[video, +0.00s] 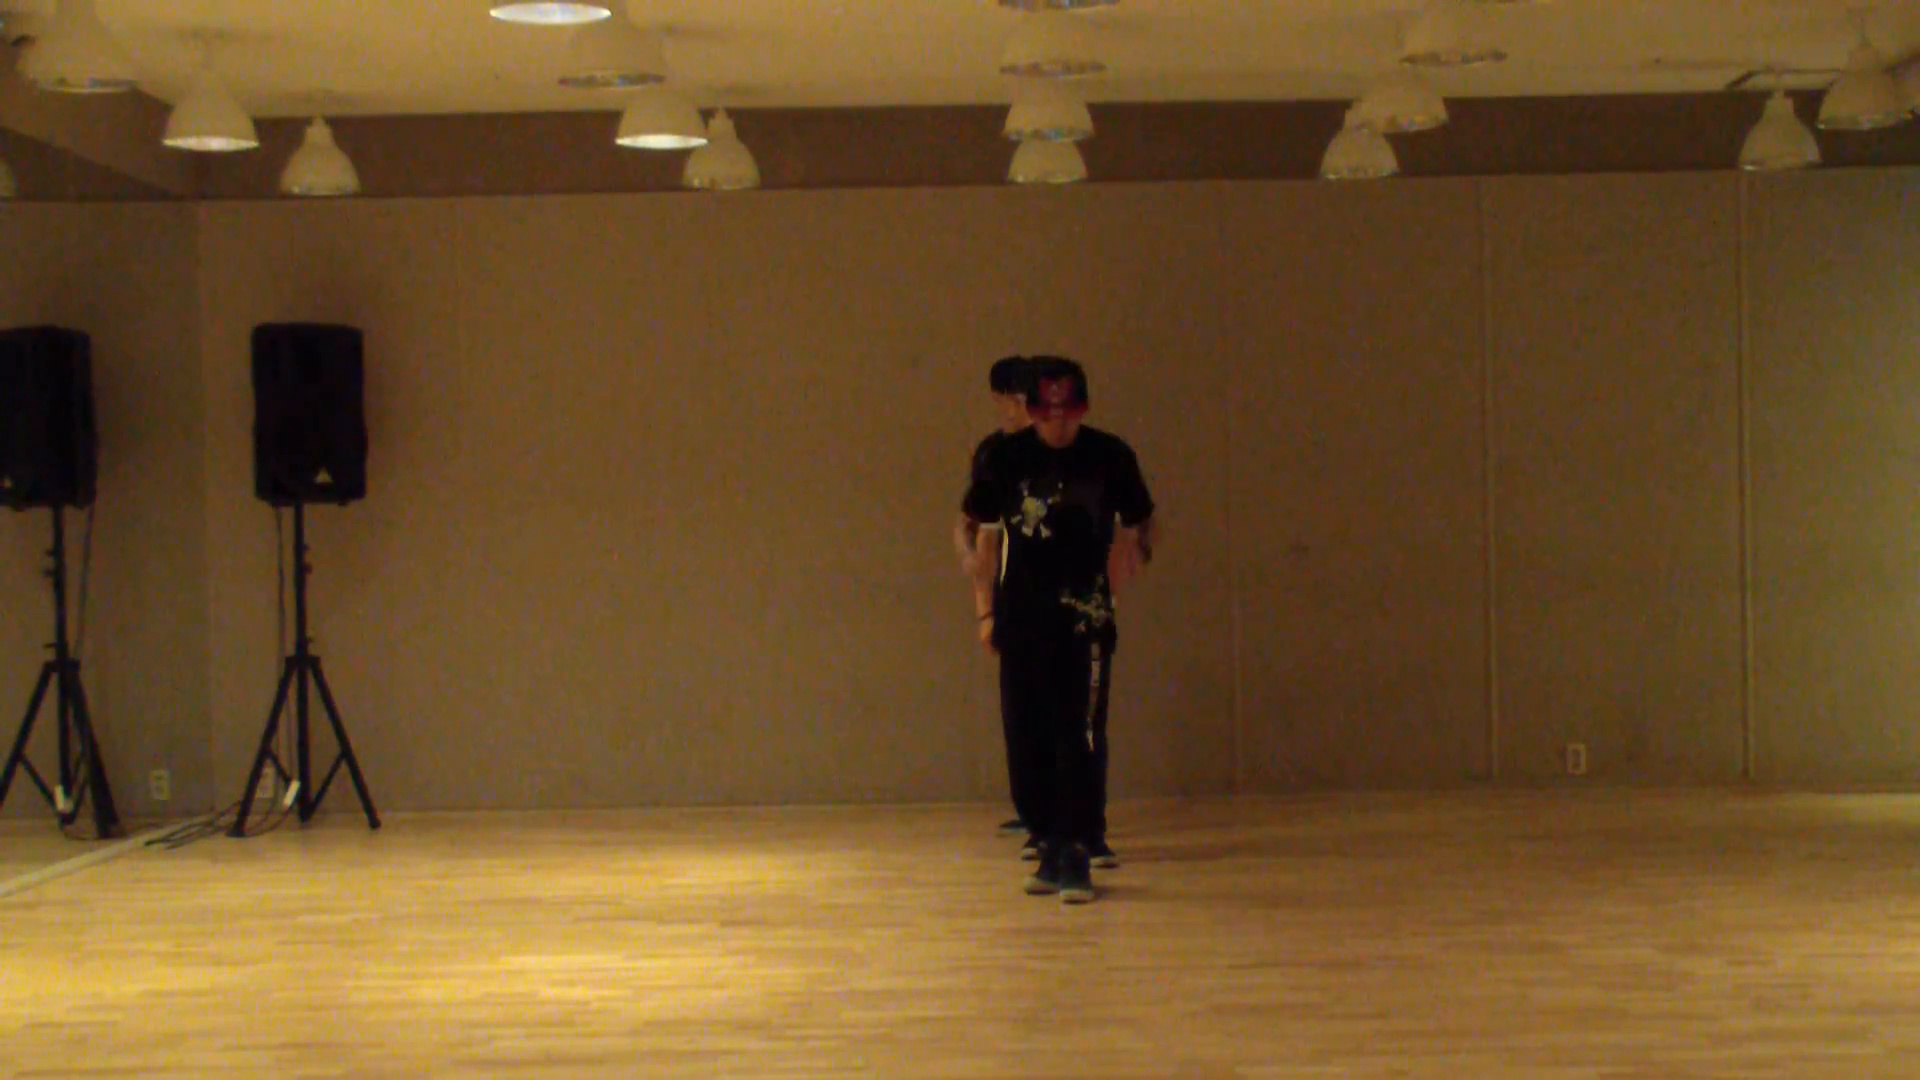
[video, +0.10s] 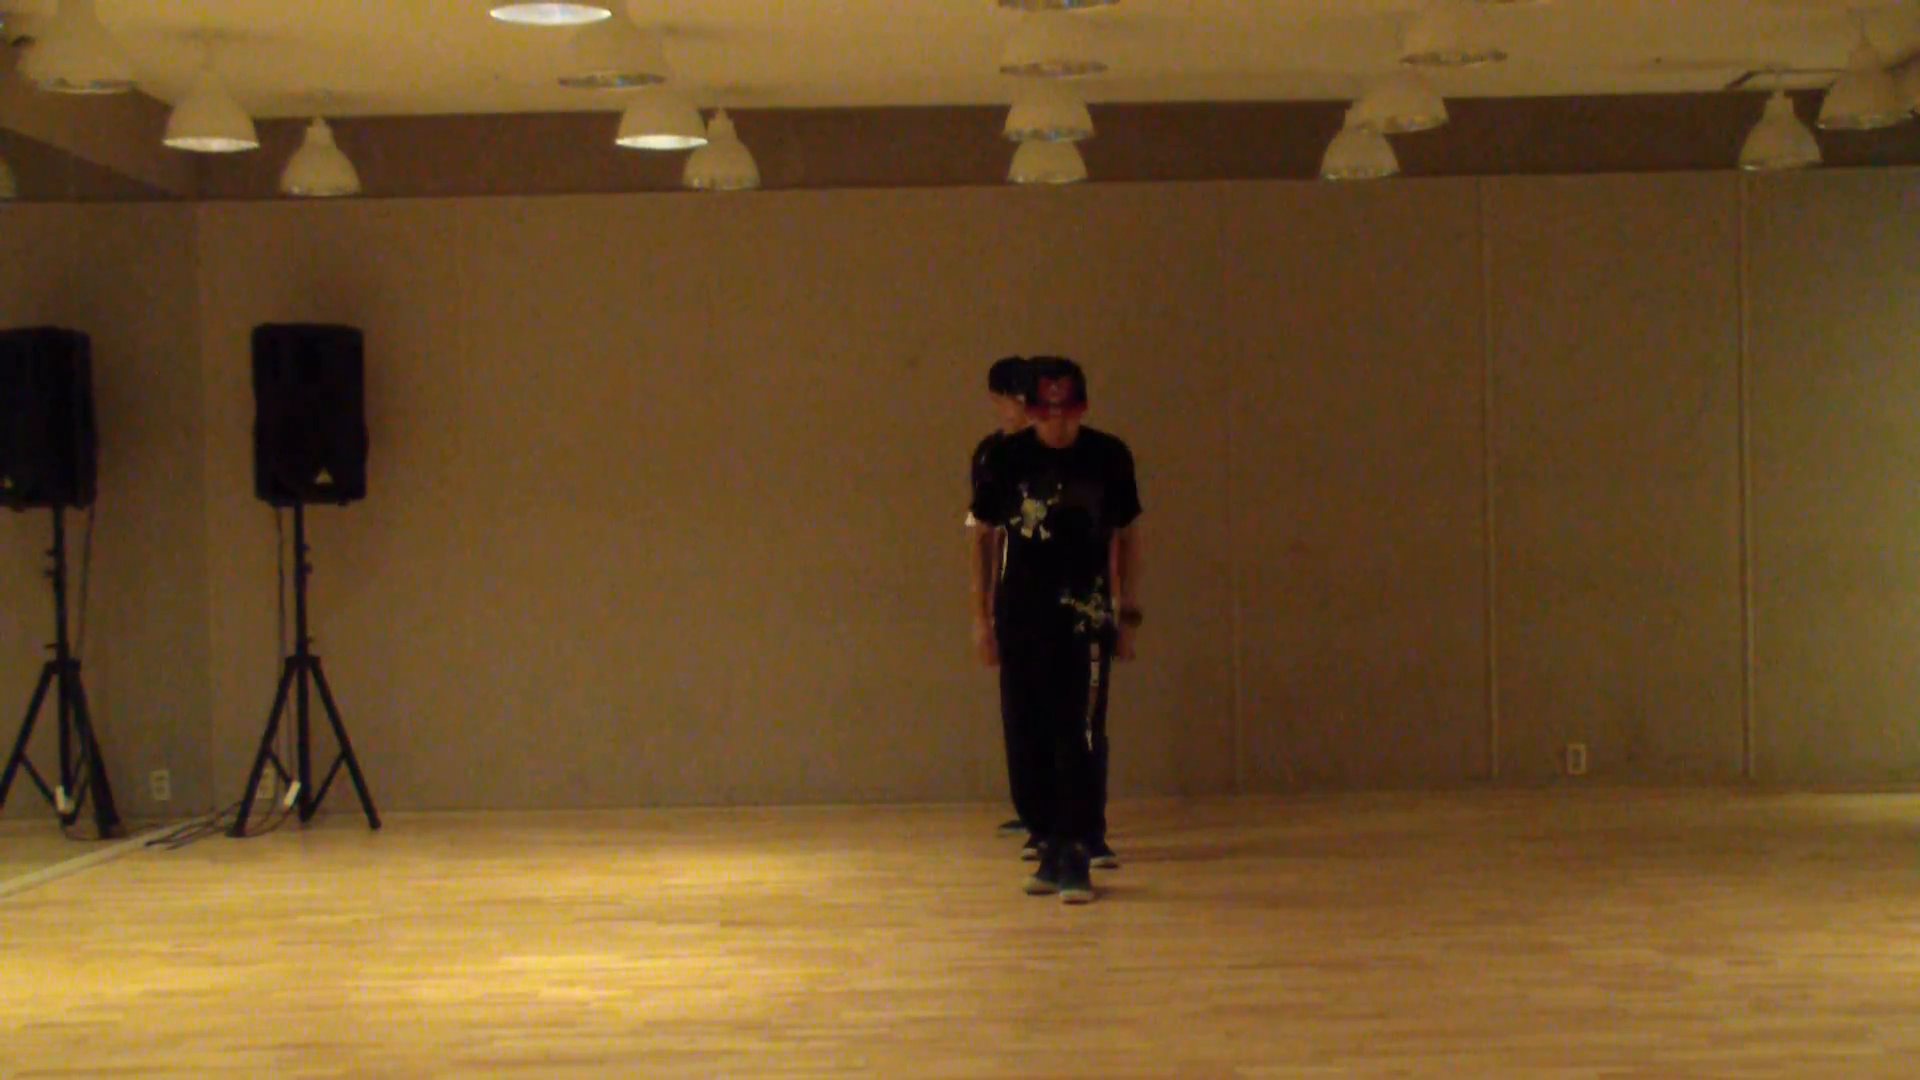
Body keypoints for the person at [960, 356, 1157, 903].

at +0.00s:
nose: (1055, 420)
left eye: (1065, 409)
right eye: (1046, 409)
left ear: (1081, 409)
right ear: (1030, 409)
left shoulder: (1109, 454)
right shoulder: (1003, 456)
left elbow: (1140, 521)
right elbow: (982, 535)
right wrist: (985, 609)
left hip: (1084, 614)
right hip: (1023, 612)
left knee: (1079, 734)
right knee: (1030, 733)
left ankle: (1077, 855)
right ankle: (1049, 849)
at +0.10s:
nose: (1052, 416)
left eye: (1062, 406)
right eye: (1044, 407)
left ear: (1079, 407)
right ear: (1031, 407)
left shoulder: (1108, 454)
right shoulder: (1003, 456)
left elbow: (1125, 536)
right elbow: (982, 538)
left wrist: (1126, 610)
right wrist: (982, 617)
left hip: (1084, 613)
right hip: (1024, 613)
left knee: (1079, 733)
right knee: (1030, 731)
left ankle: (1077, 854)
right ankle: (1048, 848)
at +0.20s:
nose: (1050, 419)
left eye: (1060, 408)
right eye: (1042, 408)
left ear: (1078, 409)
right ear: (1028, 409)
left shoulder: (1108, 455)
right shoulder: (1003, 459)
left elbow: (1118, 541)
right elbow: (990, 544)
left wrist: (1120, 607)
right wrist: (990, 618)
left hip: (1084, 614)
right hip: (1025, 613)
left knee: (1079, 733)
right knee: (1030, 733)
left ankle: (1078, 853)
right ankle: (1048, 850)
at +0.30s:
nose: (1048, 418)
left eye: (1058, 407)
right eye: (1039, 407)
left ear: (1077, 407)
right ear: (1026, 408)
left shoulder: (1109, 456)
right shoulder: (1001, 459)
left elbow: (1121, 537)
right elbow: (991, 541)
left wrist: (1116, 604)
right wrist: (991, 613)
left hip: (1083, 612)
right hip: (1023, 611)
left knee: (1079, 731)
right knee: (1029, 730)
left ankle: (1078, 851)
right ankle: (1049, 848)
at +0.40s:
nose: (1046, 410)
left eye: (1056, 400)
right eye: (1037, 401)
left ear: (1076, 404)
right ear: (1024, 405)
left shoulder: (1108, 454)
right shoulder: (999, 458)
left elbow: (1122, 533)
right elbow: (990, 539)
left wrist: (1118, 595)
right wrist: (991, 610)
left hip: (1083, 612)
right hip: (1022, 612)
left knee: (1080, 730)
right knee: (1029, 731)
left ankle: (1078, 852)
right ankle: (1050, 848)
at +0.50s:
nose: (1044, 410)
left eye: (1054, 399)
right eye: (1035, 399)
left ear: (1073, 403)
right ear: (1021, 403)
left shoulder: (1105, 457)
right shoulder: (997, 459)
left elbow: (1121, 547)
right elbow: (987, 549)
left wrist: (1122, 626)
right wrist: (988, 628)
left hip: (1082, 618)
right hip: (1020, 617)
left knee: (1080, 734)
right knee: (1029, 734)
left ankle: (1077, 854)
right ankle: (1050, 849)